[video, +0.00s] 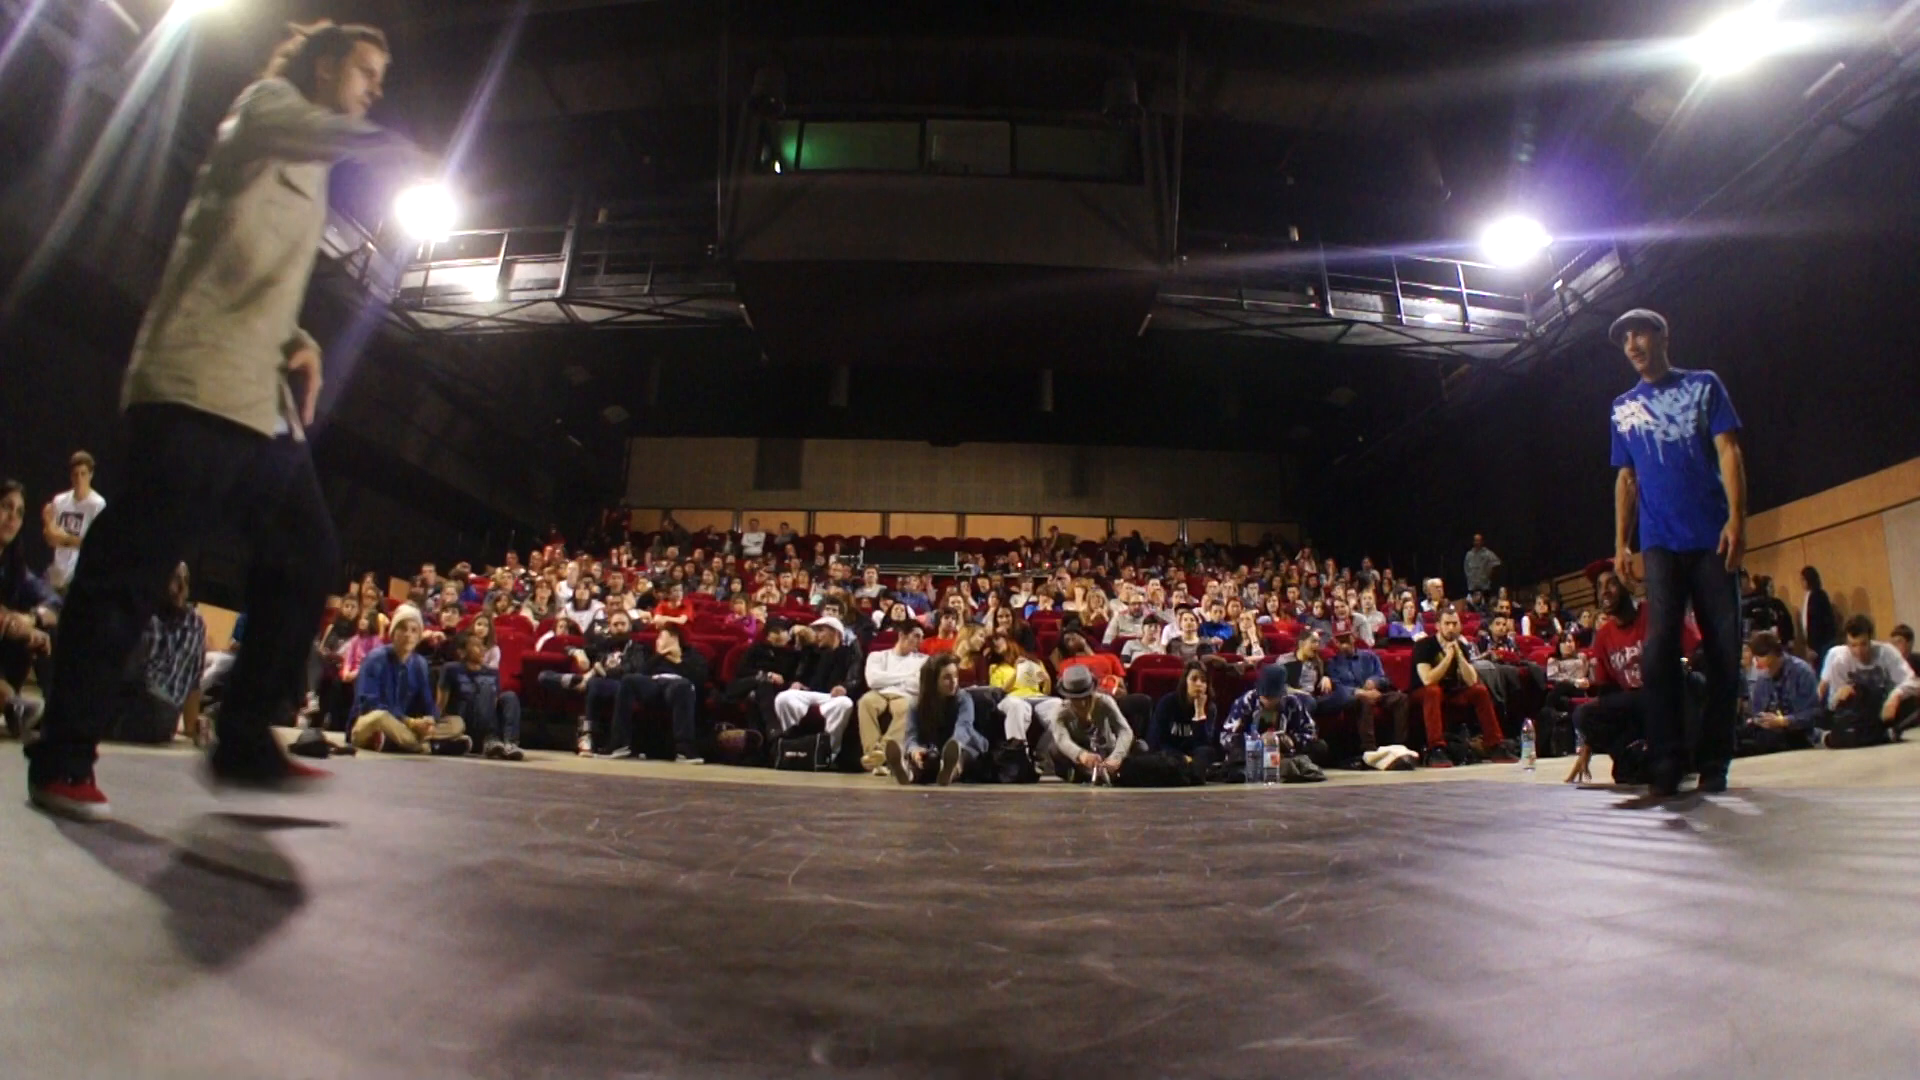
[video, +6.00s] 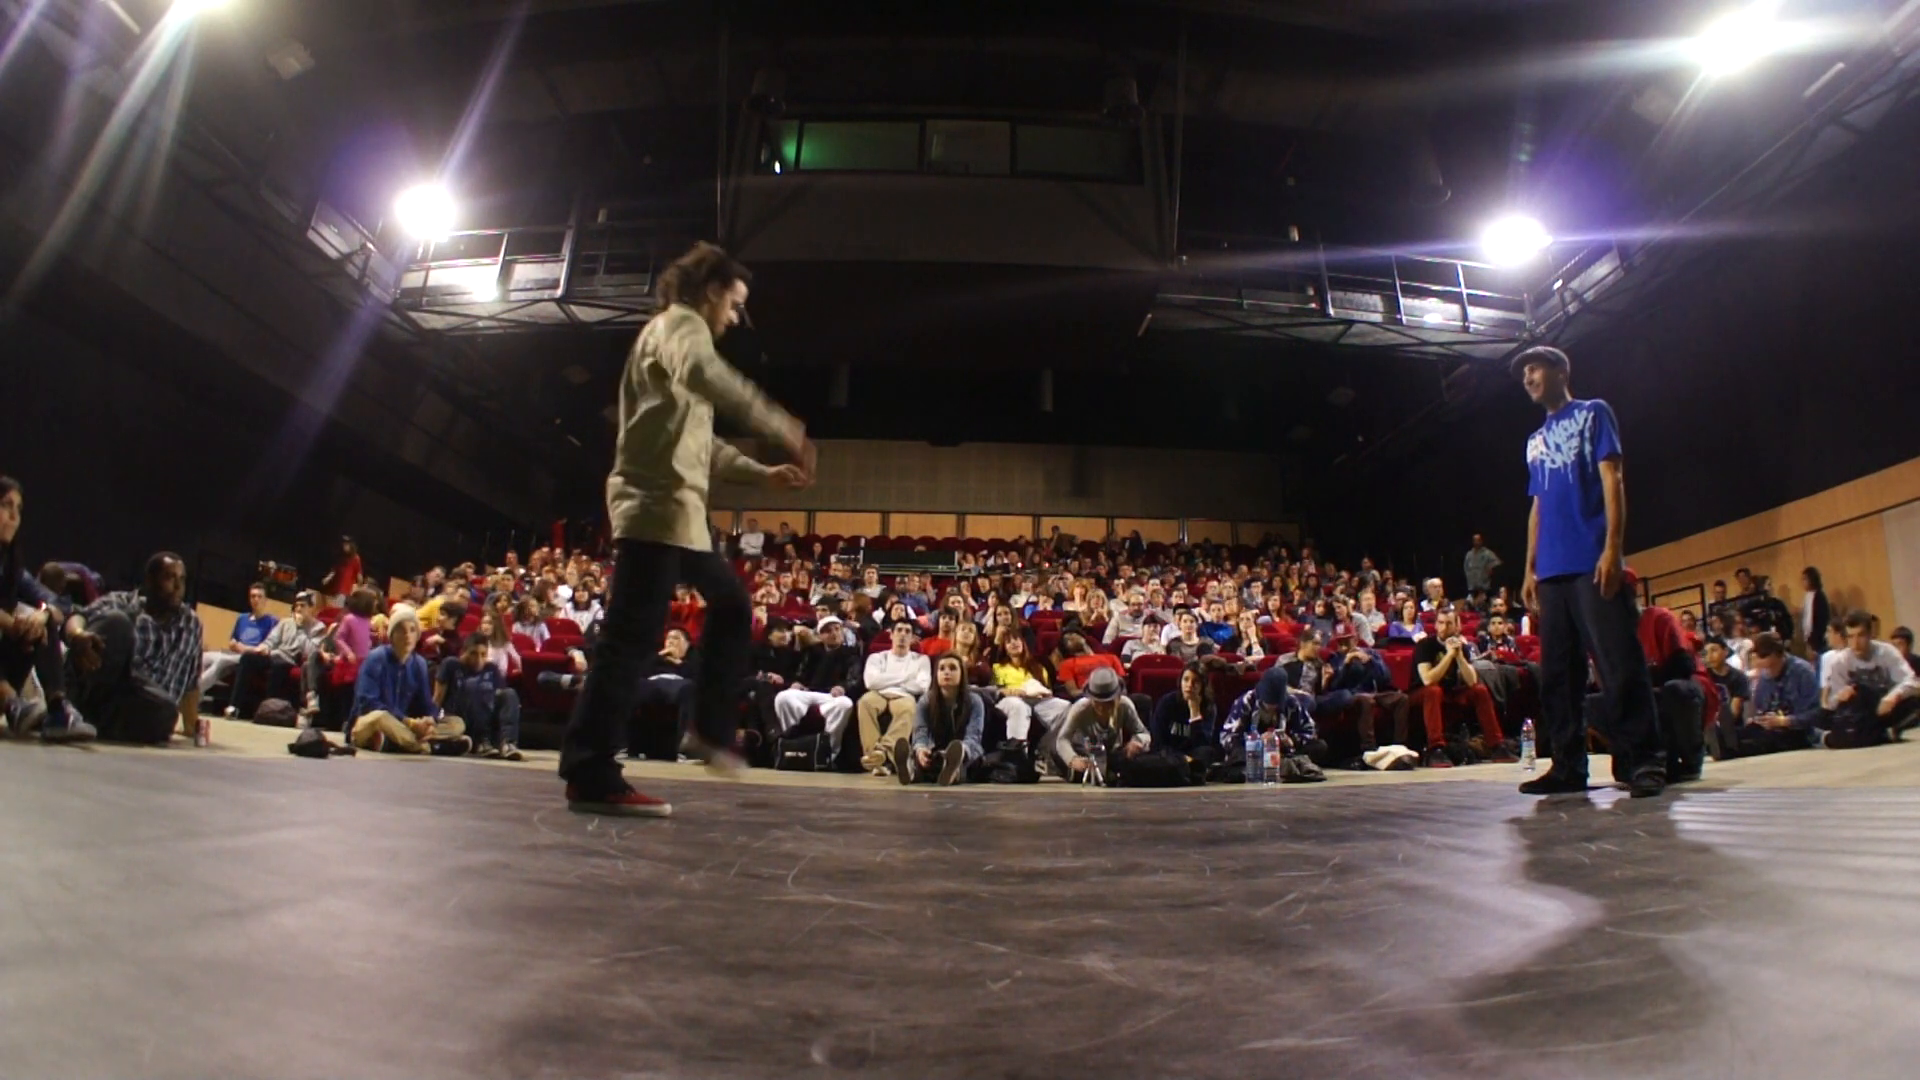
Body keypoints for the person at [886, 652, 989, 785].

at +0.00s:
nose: (953, 682)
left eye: (955, 676)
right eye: (947, 677)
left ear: (959, 676)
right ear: (933, 680)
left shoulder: (963, 699)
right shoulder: (918, 704)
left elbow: (964, 725)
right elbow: (911, 734)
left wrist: (954, 746)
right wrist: (913, 749)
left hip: (962, 743)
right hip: (933, 744)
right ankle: (909, 770)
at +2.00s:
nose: (962, 682)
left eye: (965, 677)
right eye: (956, 678)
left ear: (969, 678)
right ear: (943, 678)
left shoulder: (974, 702)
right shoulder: (926, 702)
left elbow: (974, 739)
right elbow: (918, 734)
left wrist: (963, 751)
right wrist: (920, 748)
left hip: (959, 752)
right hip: (932, 751)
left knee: (955, 763)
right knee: (919, 763)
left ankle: (949, 773)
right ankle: (910, 769)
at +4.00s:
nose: (947, 672)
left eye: (953, 668)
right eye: (942, 668)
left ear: (962, 673)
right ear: (936, 674)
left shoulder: (974, 701)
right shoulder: (925, 701)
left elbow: (974, 738)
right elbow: (920, 730)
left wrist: (961, 750)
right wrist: (920, 748)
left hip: (961, 752)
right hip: (933, 750)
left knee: (956, 764)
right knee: (918, 762)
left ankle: (949, 774)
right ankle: (909, 769)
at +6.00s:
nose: (947, 672)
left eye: (952, 668)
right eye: (942, 668)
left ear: (962, 673)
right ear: (935, 674)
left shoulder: (974, 701)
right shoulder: (925, 701)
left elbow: (974, 737)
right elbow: (920, 731)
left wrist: (960, 751)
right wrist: (920, 748)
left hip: (962, 752)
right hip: (933, 750)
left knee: (955, 763)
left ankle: (949, 773)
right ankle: (910, 768)